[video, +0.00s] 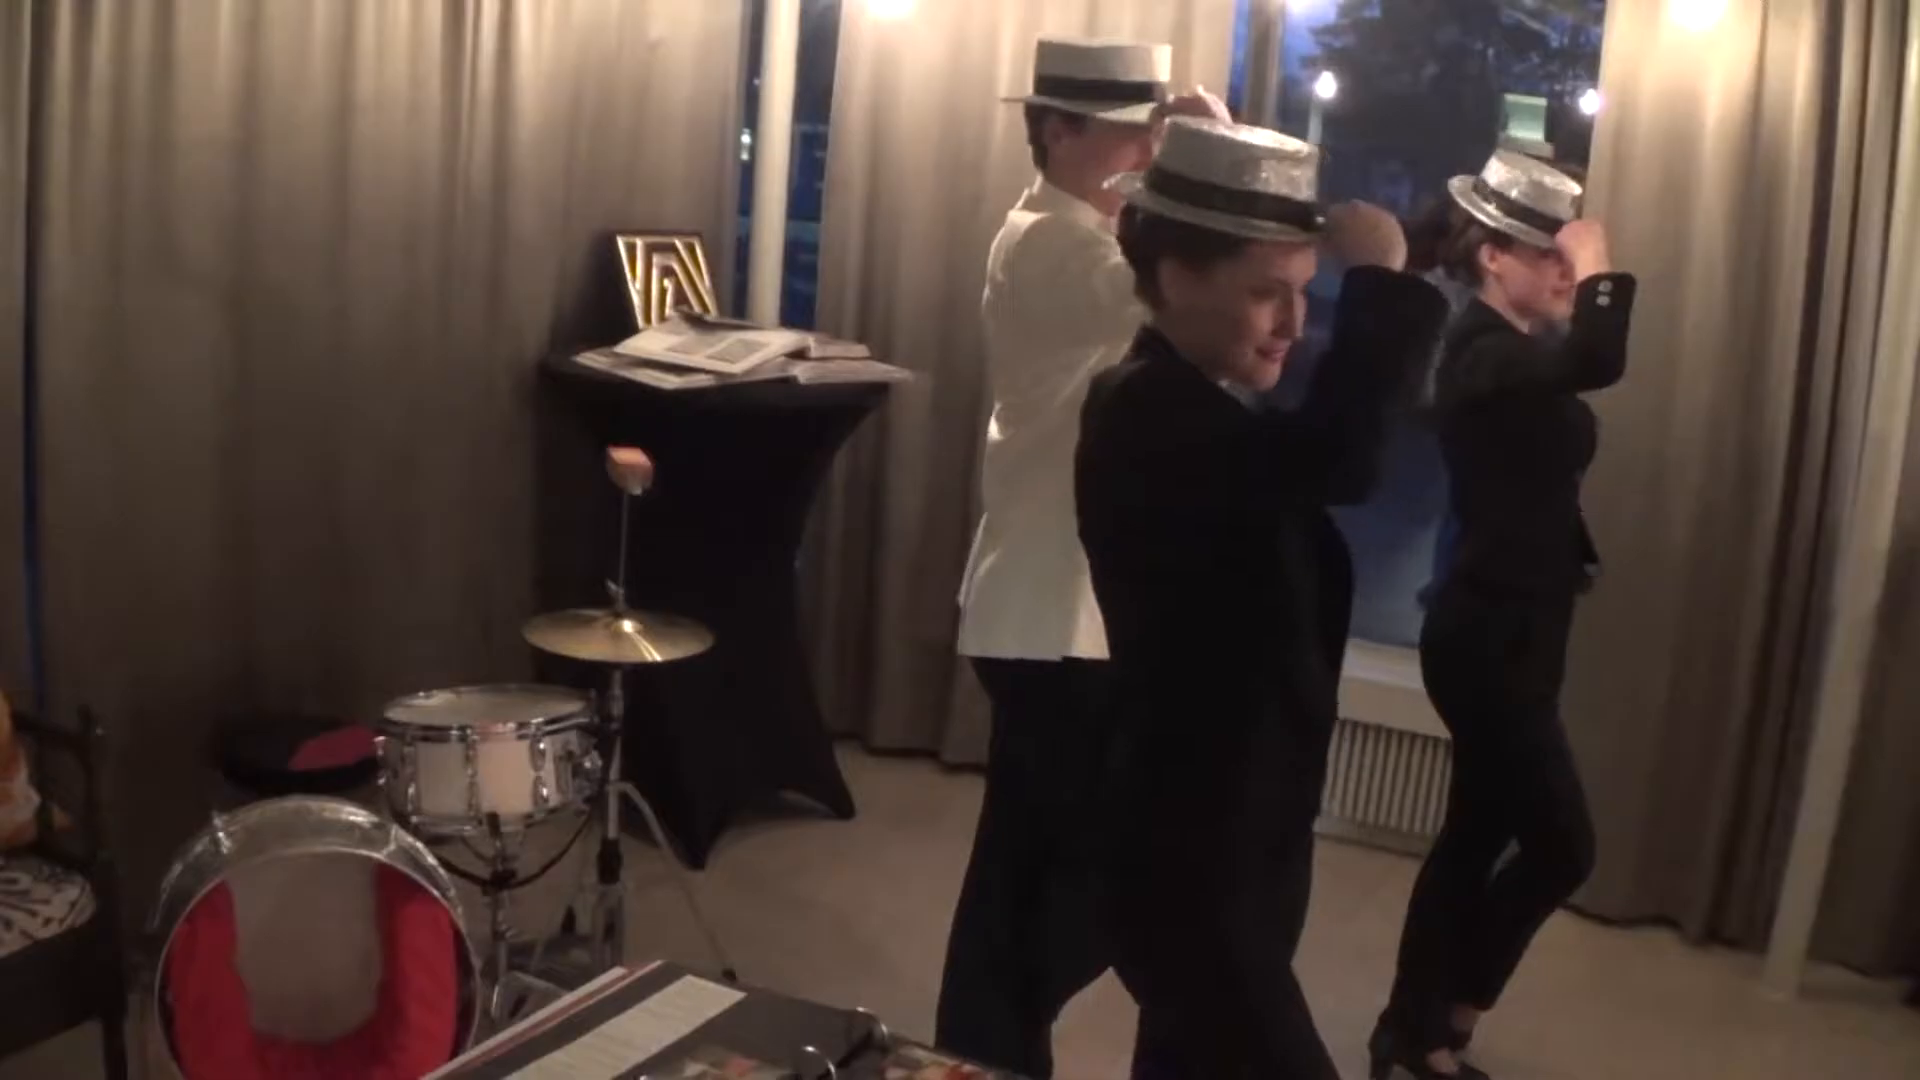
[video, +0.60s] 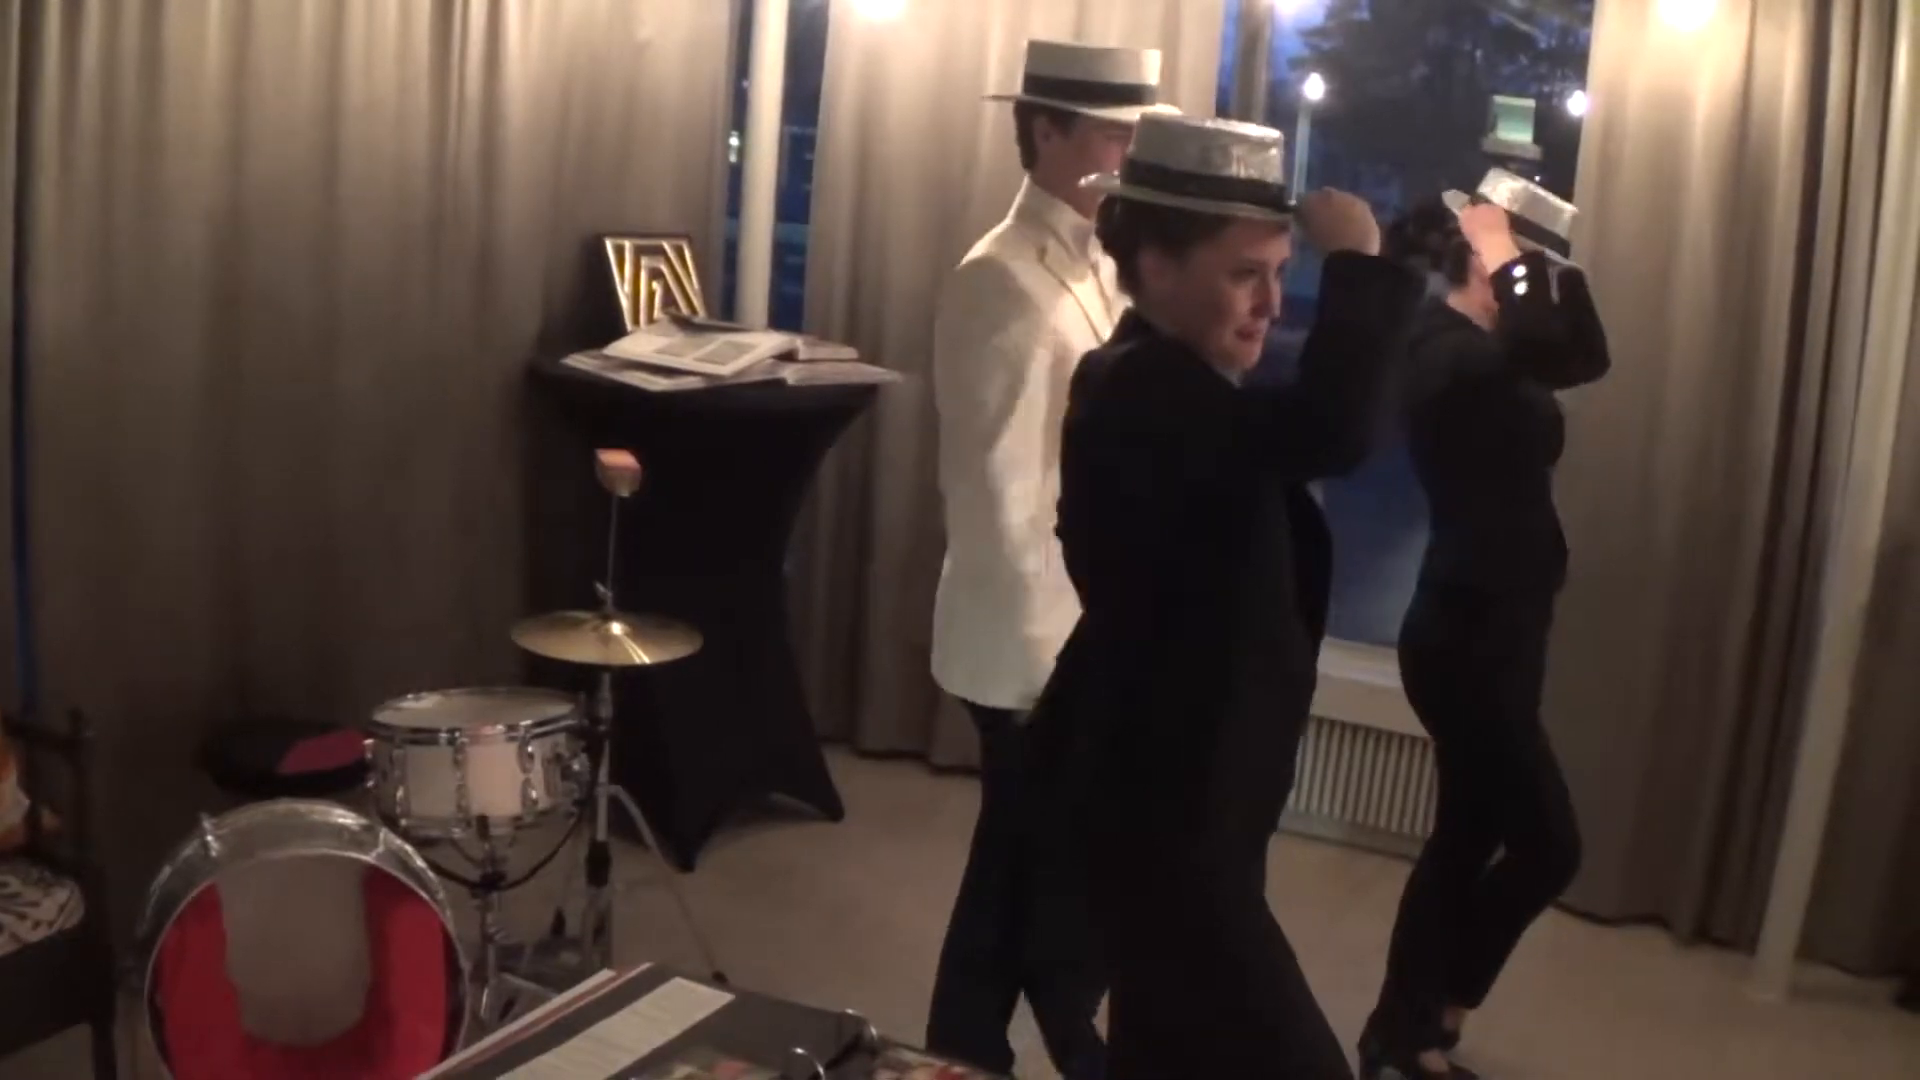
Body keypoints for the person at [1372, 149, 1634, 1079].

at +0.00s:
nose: (1569, 277)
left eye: (1570, 262)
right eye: (1552, 259)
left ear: (1501, 262)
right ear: (1493, 258)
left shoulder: (1511, 343)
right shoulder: (1483, 345)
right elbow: (1596, 361)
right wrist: (1599, 272)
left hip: (1518, 627)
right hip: (1484, 632)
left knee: (1473, 837)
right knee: (1560, 847)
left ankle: (1413, 1033)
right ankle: (1444, 1017)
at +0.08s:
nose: (1565, 279)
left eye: (1566, 264)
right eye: (1549, 260)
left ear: (1498, 262)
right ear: (1491, 259)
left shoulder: (1504, 348)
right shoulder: (1481, 350)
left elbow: (1529, 459)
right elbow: (1596, 362)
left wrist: (1608, 469)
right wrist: (1599, 273)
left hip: (1507, 627)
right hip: (1485, 634)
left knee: (1470, 836)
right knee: (1562, 846)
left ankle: (1412, 1035)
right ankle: (1442, 1016)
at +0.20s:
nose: (1555, 279)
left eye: (1555, 263)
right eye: (1542, 260)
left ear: (1490, 264)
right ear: (1490, 260)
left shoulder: (1496, 346)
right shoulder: (1475, 350)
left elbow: (1588, 356)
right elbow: (1594, 358)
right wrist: (1581, 280)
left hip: (1502, 627)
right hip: (1481, 632)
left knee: (1467, 838)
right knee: (1563, 845)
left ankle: (1408, 1035)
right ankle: (1439, 1014)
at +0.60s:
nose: (1512, 272)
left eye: (1508, 255)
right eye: (1500, 256)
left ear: (1444, 267)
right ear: (1468, 265)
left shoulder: (1480, 349)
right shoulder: (1444, 350)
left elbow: (1582, 356)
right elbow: (1576, 357)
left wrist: (1546, 261)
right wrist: (1511, 268)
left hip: (1494, 634)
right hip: (1465, 638)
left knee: (1461, 845)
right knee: (1548, 849)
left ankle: (1401, 1036)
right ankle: (1435, 1009)